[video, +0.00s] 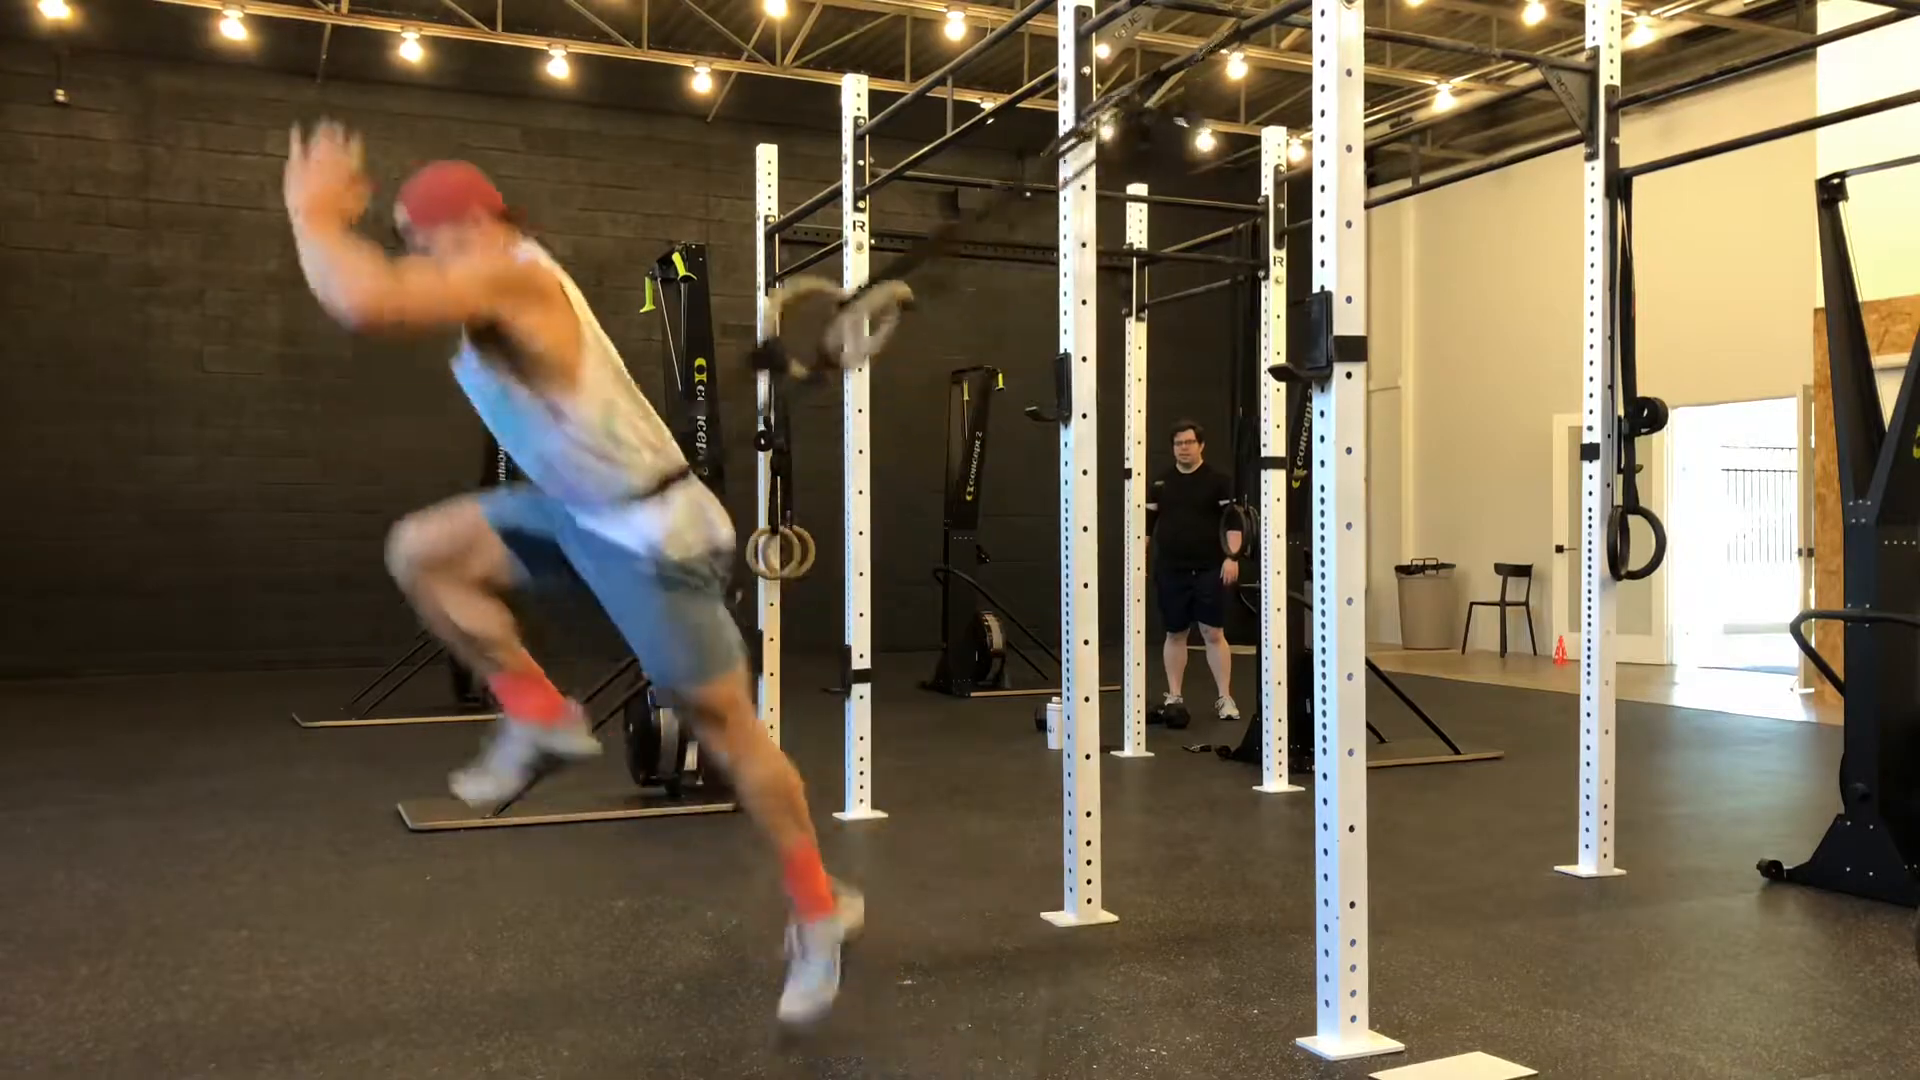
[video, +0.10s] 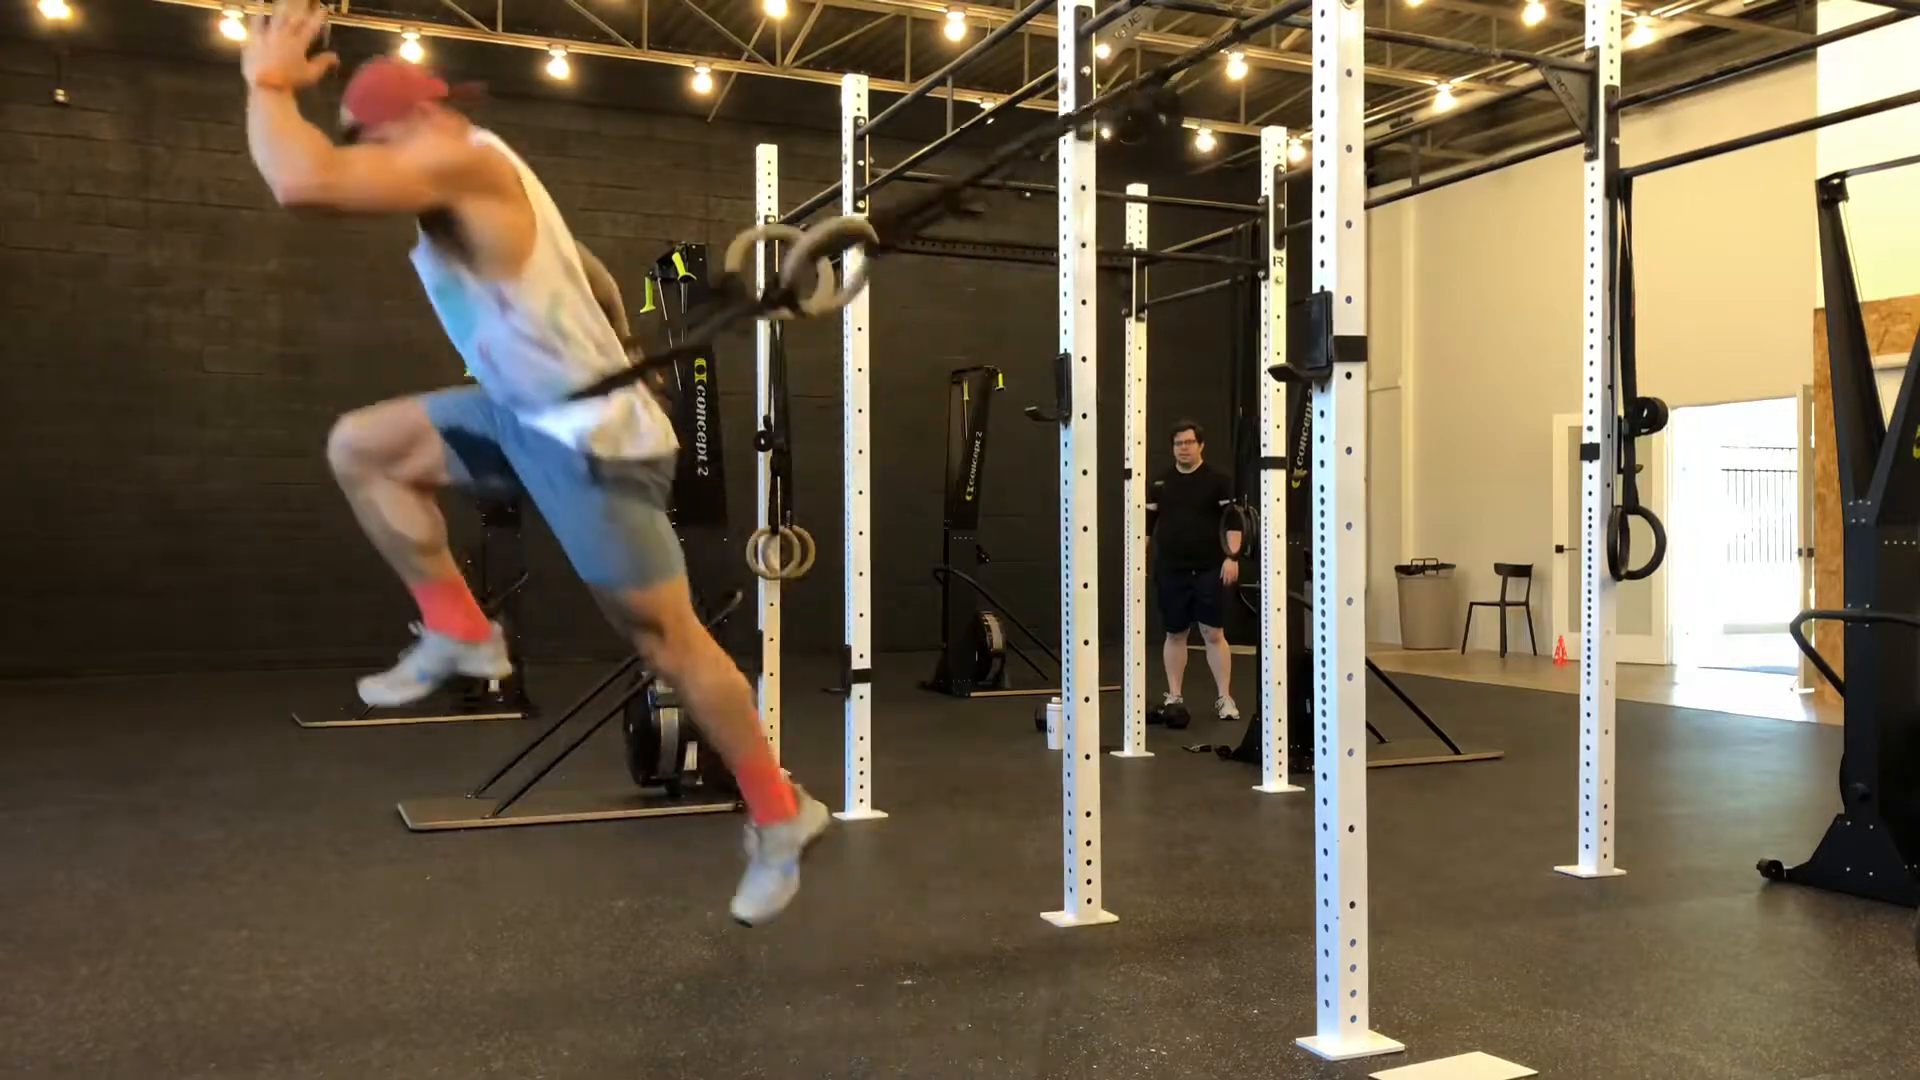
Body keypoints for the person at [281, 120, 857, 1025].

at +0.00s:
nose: (426, 258)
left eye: (431, 241)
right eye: (420, 245)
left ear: (475, 227)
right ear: (451, 234)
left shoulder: (517, 277)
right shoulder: (481, 279)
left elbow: (365, 297)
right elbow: (375, 297)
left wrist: (314, 213)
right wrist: (327, 223)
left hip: (651, 529)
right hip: (570, 508)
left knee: (731, 730)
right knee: (421, 549)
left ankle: (818, 909)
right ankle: (540, 716)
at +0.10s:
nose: (372, 153)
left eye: (376, 135)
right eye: (365, 140)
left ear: (419, 115)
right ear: (414, 117)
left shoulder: (468, 159)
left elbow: (303, 178)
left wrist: (267, 82)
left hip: (590, 429)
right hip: (519, 412)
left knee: (669, 637)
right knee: (360, 447)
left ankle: (779, 813)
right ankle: (459, 633)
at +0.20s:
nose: (349, 107)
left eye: (351, 88)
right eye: (343, 95)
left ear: (392, 68)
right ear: (402, 66)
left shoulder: (438, 113)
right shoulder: (429, 118)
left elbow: (284, 150)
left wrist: (240, 53)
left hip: (577, 387)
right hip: (507, 369)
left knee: (644, 602)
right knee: (342, 397)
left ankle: (748, 791)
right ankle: (434, 589)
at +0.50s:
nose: (422, 208)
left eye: (425, 190)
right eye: (412, 195)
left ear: (465, 162)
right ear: (439, 168)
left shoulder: (518, 212)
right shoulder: (476, 209)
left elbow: (360, 253)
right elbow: (374, 252)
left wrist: (320, 149)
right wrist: (326, 158)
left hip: (638, 458)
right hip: (555, 439)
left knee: (694, 674)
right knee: (411, 495)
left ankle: (799, 871)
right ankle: (542, 663)